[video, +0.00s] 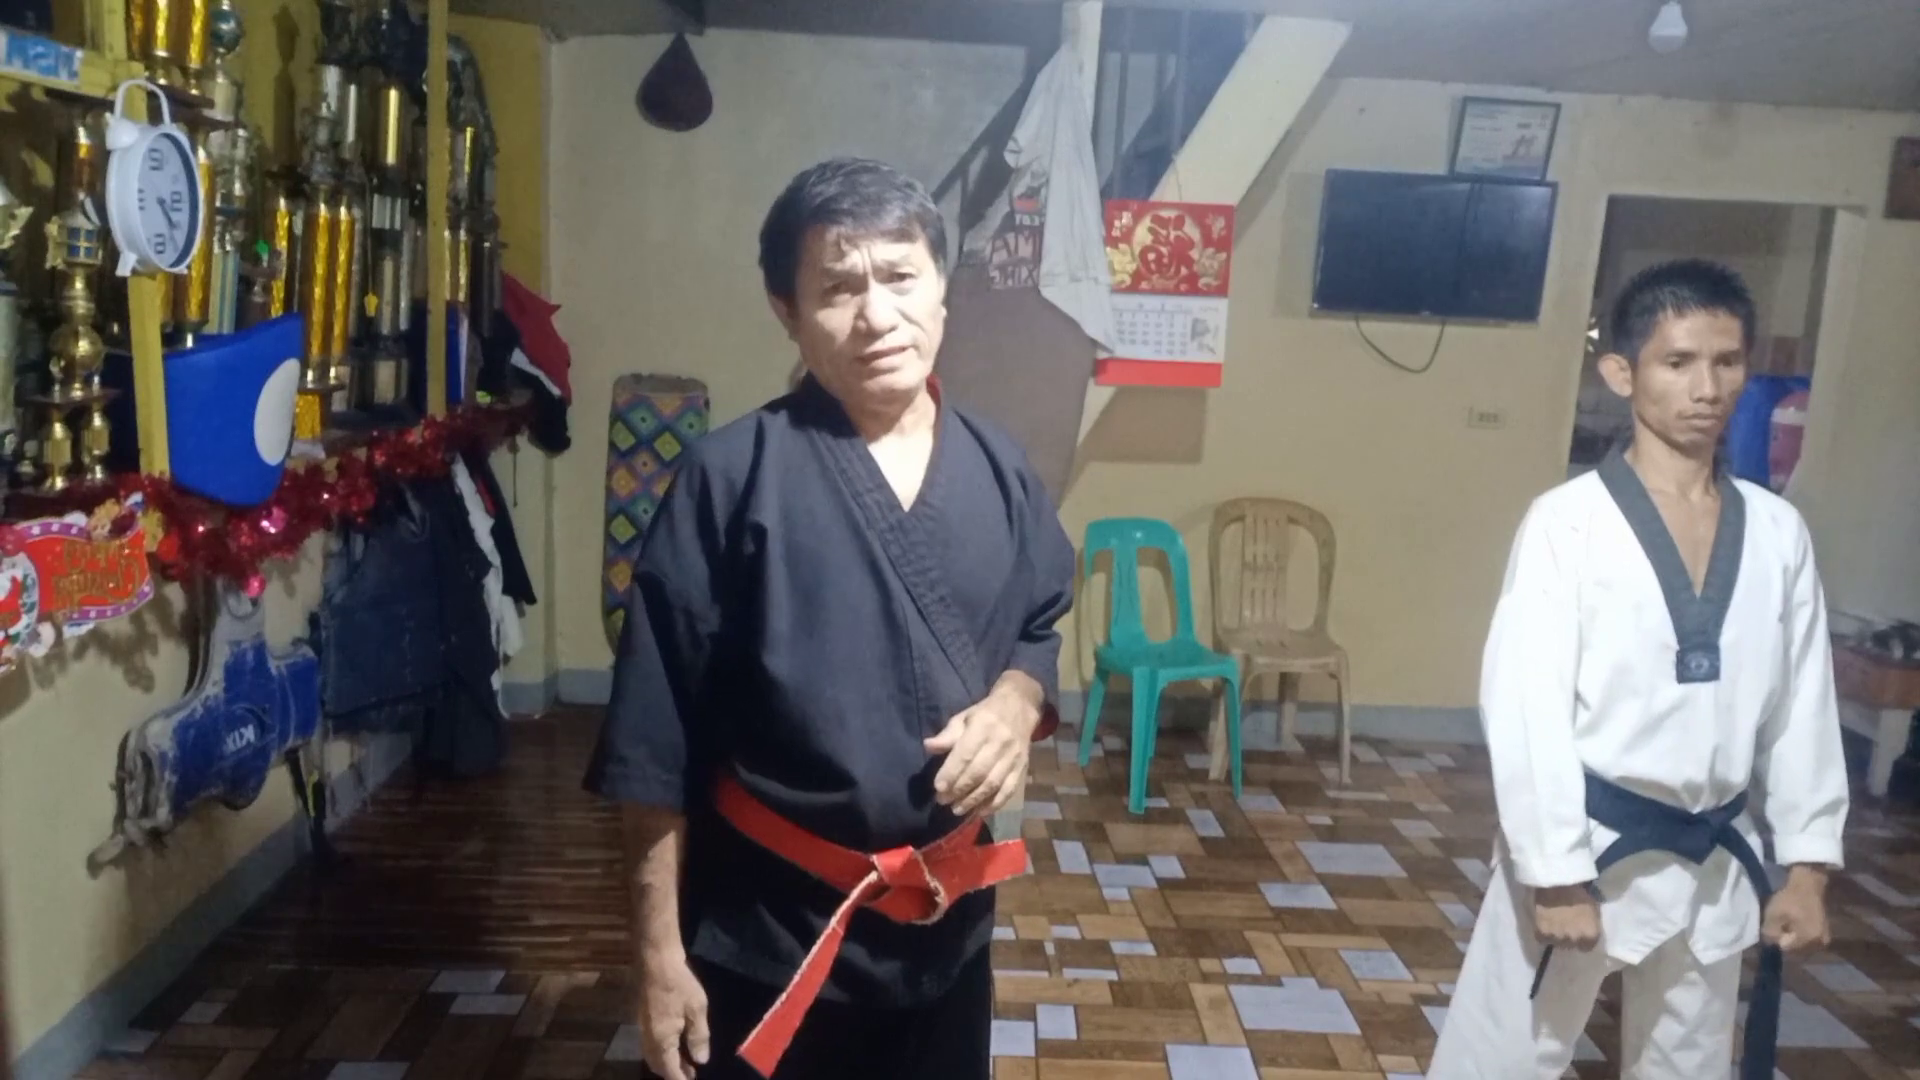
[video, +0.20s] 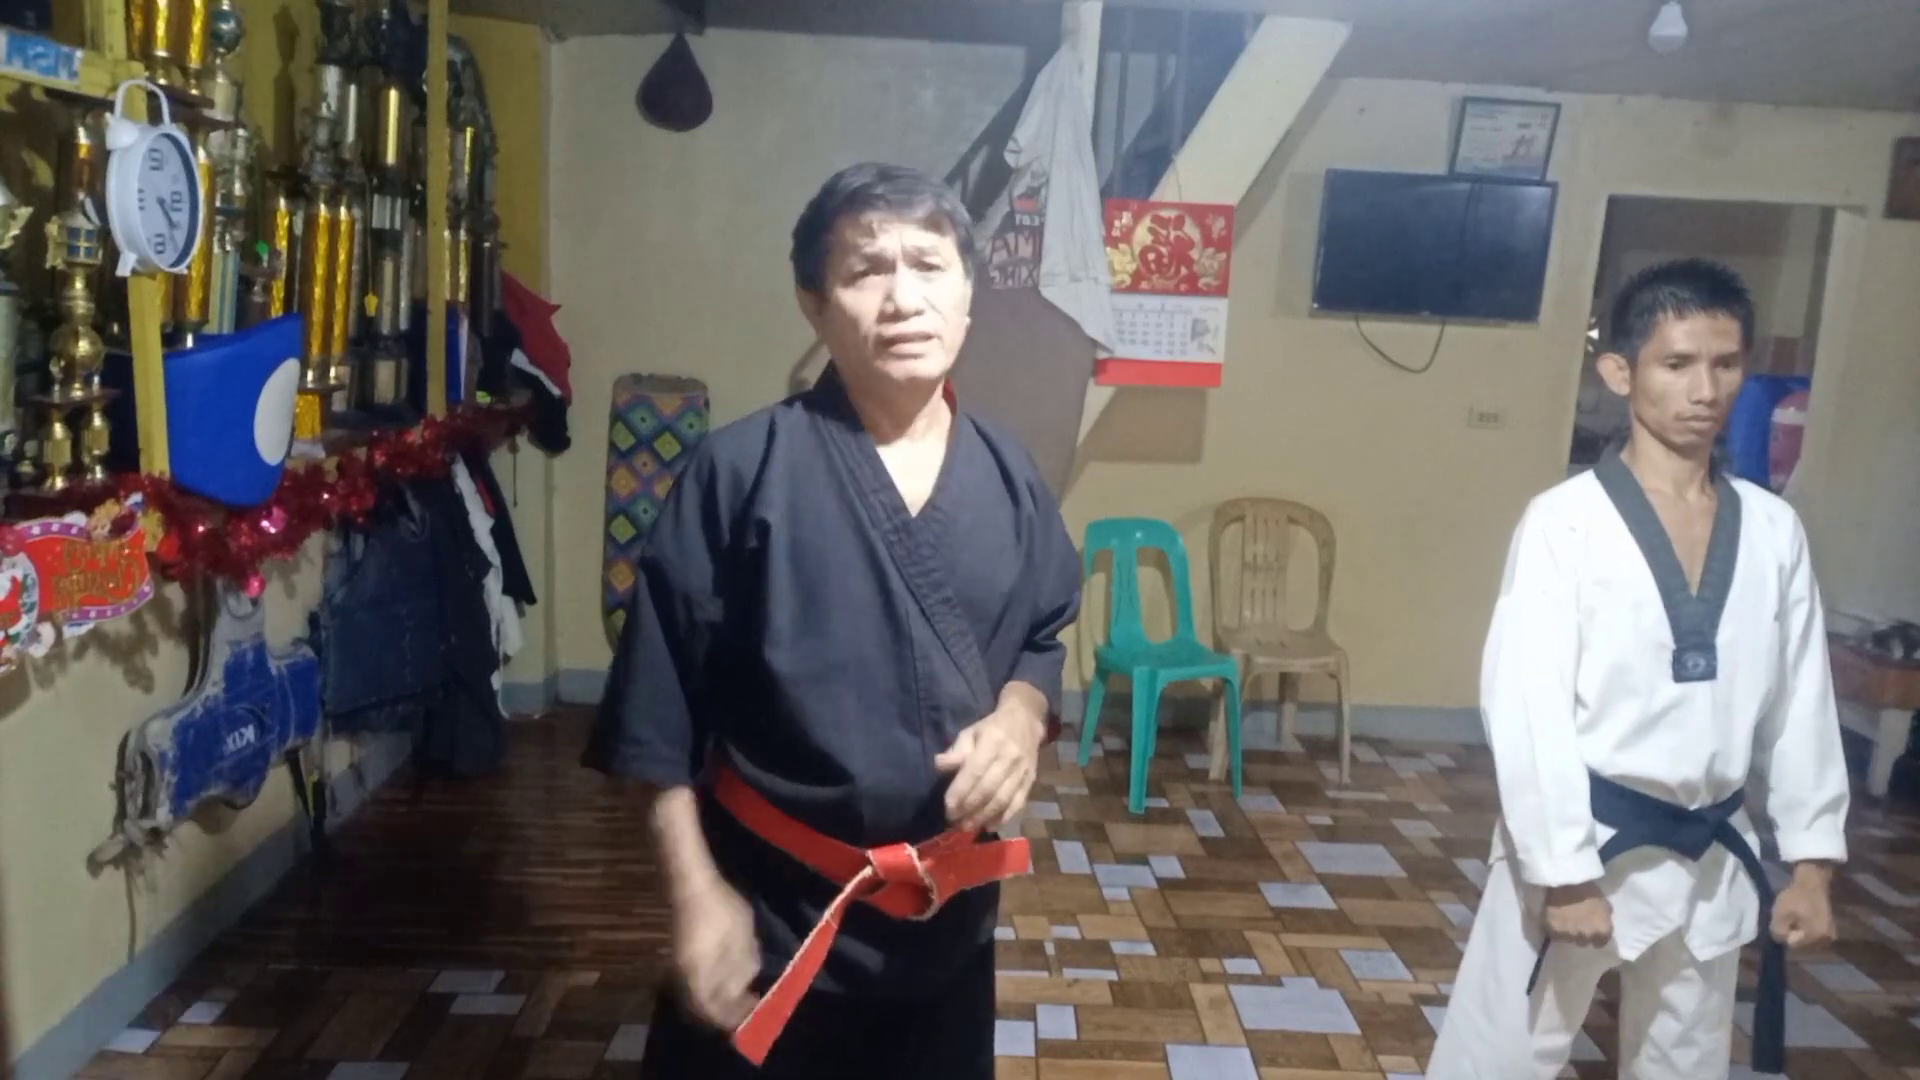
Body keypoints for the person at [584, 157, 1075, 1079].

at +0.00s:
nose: (877, 313)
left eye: (900, 278)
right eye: (840, 289)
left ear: (943, 289)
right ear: (788, 316)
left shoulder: (995, 465)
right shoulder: (726, 478)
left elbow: (1038, 624)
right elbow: (653, 726)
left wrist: (1014, 708)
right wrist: (659, 954)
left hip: (947, 923)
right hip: (772, 933)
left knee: (944, 1069)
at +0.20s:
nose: (905, 297)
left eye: (930, 266)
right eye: (867, 271)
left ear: (969, 292)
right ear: (817, 309)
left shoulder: (1008, 472)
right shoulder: (739, 472)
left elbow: (1042, 632)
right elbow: (653, 697)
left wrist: (1021, 721)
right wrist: (695, 889)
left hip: (948, 914)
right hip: (774, 917)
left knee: (946, 1070)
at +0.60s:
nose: (892, 308)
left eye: (917, 277)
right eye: (859, 281)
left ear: (958, 294)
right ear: (807, 303)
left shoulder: (997, 472)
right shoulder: (732, 469)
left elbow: (1032, 640)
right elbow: (644, 688)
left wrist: (1015, 777)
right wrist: (762, 827)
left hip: (949, 918)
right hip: (770, 921)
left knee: (947, 1070)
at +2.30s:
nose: (883, 323)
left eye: (909, 289)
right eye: (850, 295)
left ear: (957, 296)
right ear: (809, 314)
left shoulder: (1009, 471)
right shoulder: (736, 468)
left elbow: (1059, 692)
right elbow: (665, 691)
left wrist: (1003, 619)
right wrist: (764, 857)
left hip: (944, 898)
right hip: (761, 898)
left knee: (948, 1069)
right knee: (749, 1072)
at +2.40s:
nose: (879, 320)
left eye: (906, 287)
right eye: (847, 294)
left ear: (957, 295)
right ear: (809, 314)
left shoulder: (1007, 471)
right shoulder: (734, 468)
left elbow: (1057, 694)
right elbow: (663, 690)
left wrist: (1000, 626)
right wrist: (759, 858)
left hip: (942, 903)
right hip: (758, 903)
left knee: (945, 1071)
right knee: (747, 1073)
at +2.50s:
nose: (876, 316)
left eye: (904, 284)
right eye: (844, 290)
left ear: (957, 297)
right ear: (809, 313)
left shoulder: (1006, 472)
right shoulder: (733, 468)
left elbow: (1054, 694)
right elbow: (662, 686)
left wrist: (996, 632)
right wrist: (754, 859)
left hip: (939, 902)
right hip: (755, 903)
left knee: (941, 1070)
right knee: (746, 1075)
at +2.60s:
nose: (877, 318)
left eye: (905, 284)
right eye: (845, 291)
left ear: (958, 296)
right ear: (809, 313)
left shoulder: (1006, 471)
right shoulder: (734, 468)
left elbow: (1053, 695)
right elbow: (661, 687)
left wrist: (995, 633)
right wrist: (754, 860)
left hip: (938, 903)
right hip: (754, 904)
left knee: (940, 1070)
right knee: (745, 1075)